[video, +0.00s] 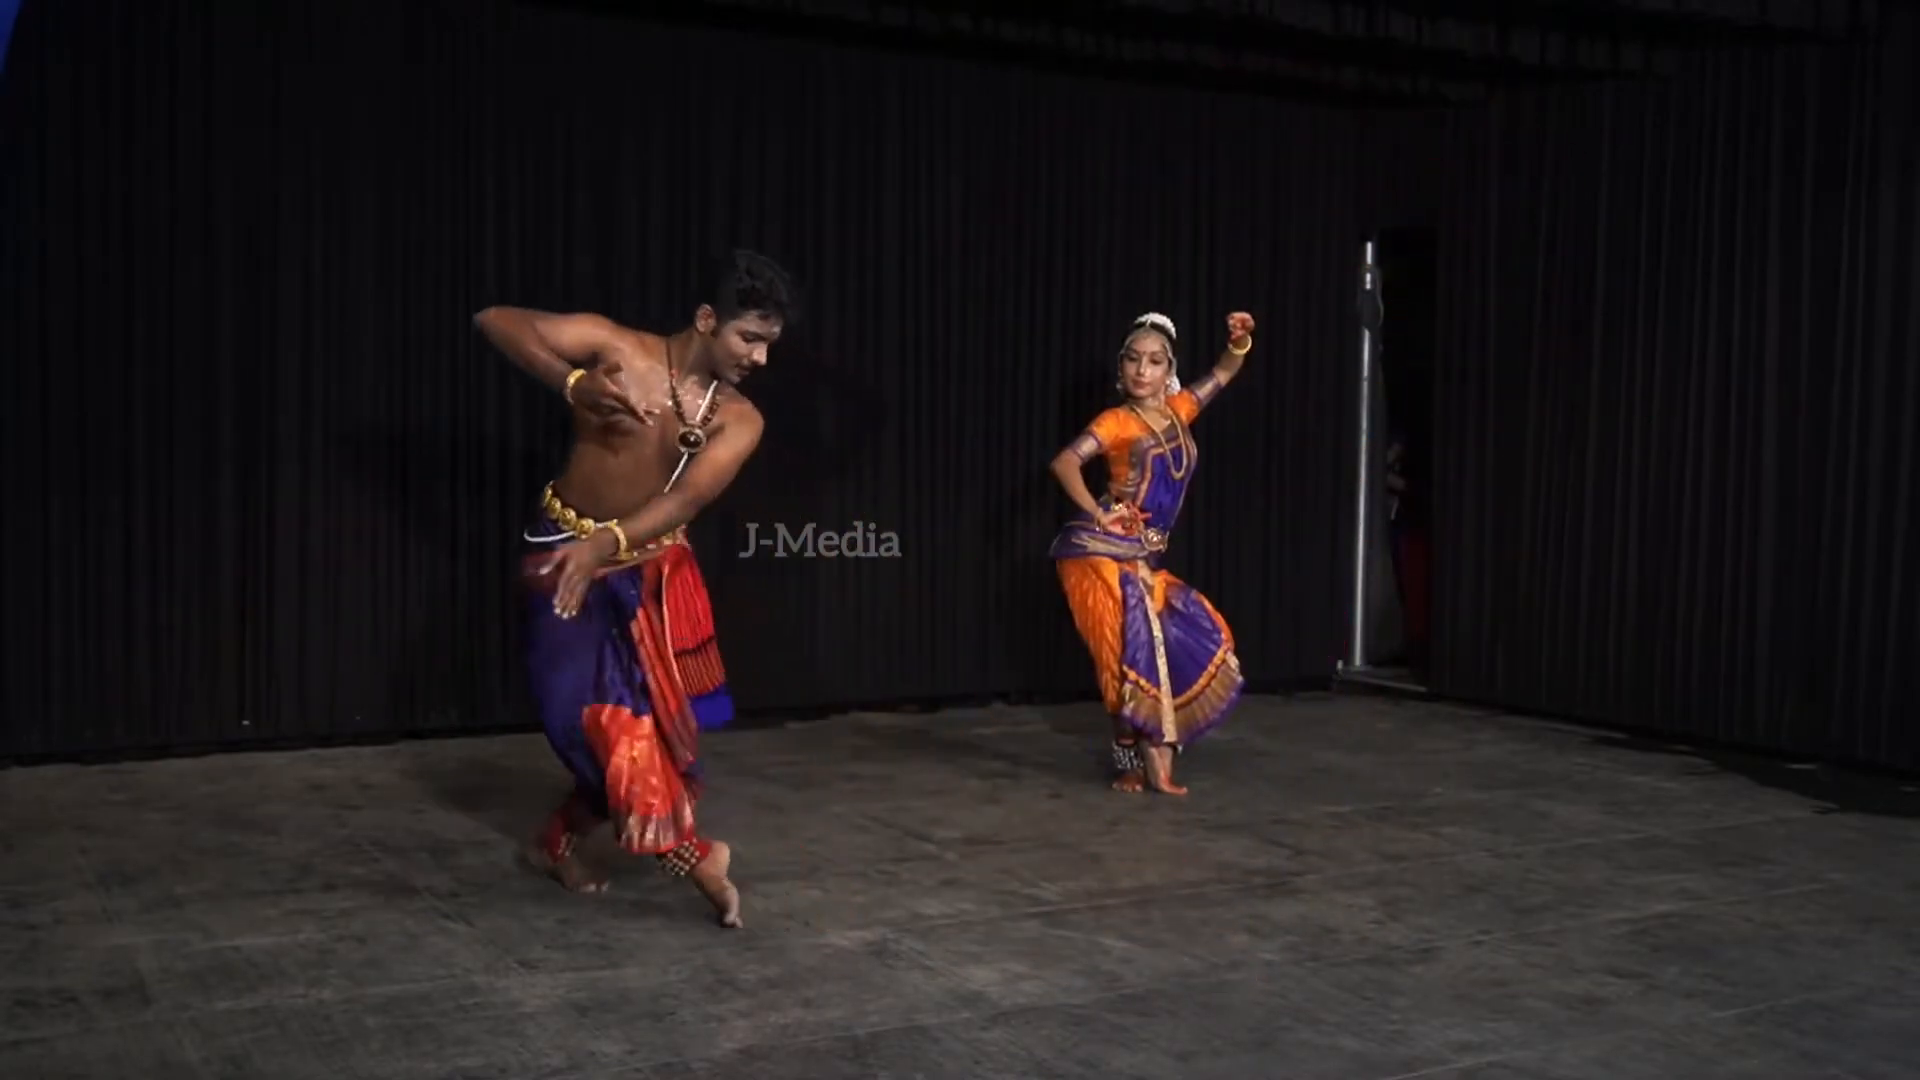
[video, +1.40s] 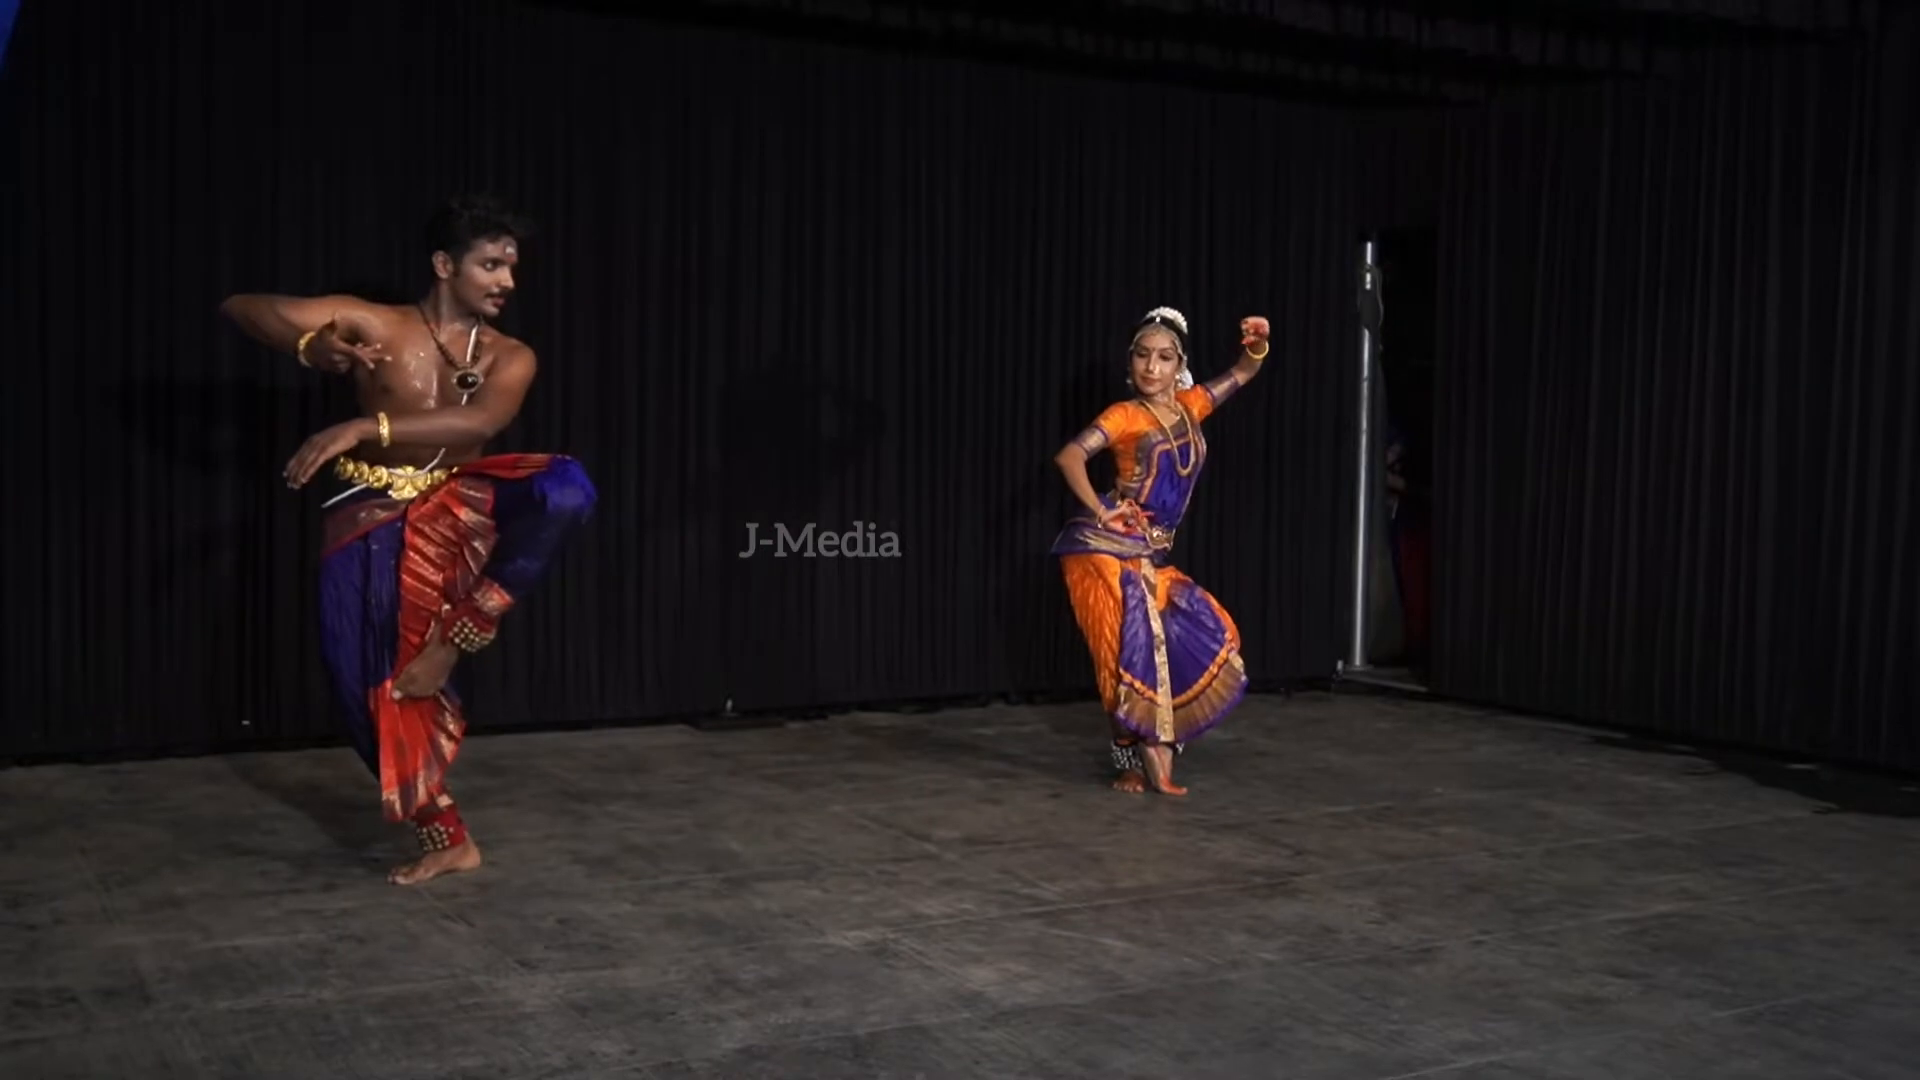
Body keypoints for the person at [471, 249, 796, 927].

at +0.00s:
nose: (759, 356)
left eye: (769, 344)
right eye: (750, 338)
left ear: (773, 346)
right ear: (705, 320)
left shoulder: (740, 420)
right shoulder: (618, 348)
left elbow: (686, 497)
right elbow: (497, 322)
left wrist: (603, 545)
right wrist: (570, 382)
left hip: (654, 565)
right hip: (569, 554)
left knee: (655, 715)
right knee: (574, 710)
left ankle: (564, 833)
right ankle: (695, 855)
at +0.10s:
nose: (721, 339)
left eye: (730, 326)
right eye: (711, 321)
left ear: (734, 328)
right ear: (665, 306)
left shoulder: (710, 405)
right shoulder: (584, 342)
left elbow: (659, 482)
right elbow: (459, 317)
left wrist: (554, 501)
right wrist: (533, 368)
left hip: (628, 570)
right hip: (539, 558)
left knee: (618, 713)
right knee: (501, 686)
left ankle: (553, 841)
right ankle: (613, 839)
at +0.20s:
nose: (688, 323)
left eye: (697, 309)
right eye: (677, 305)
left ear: (702, 310)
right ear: (632, 292)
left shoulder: (682, 391)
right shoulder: (551, 333)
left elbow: (634, 466)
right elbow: (426, 313)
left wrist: (525, 464)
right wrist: (499, 359)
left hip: (609, 558)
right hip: (518, 548)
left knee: (616, 703)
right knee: (455, 670)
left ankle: (563, 845)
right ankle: (520, 828)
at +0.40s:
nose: (624, 294)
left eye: (633, 281)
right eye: (612, 277)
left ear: (637, 283)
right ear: (566, 268)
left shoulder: (625, 364)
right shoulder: (490, 318)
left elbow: (583, 435)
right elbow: (363, 298)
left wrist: (466, 430)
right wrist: (430, 345)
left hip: (564, 539)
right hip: (470, 534)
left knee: (602, 690)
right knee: (422, 675)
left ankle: (558, 842)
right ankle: (452, 837)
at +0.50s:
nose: (596, 288)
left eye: (602, 274)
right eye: (582, 271)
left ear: (603, 278)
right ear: (535, 267)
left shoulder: (597, 360)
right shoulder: (461, 320)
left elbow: (558, 430)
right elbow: (332, 300)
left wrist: (442, 428)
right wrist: (399, 341)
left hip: (529, 543)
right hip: (435, 537)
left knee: (606, 643)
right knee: (411, 686)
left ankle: (559, 806)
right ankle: (450, 839)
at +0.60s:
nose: (572, 285)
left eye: (577, 272)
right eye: (558, 269)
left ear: (577, 276)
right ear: (512, 268)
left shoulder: (574, 358)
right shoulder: (437, 321)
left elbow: (538, 427)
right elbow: (310, 304)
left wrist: (419, 425)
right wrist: (372, 339)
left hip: (511, 521)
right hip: (420, 522)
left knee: (614, 566)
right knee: (403, 674)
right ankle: (449, 839)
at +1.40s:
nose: (507, 281)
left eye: (511, 268)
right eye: (491, 266)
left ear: (510, 273)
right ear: (445, 267)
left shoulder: (511, 356)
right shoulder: (374, 322)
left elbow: (478, 425)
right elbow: (244, 308)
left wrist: (365, 429)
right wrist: (305, 341)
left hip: (457, 499)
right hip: (373, 509)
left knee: (565, 491)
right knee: (364, 674)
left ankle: (451, 641)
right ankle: (447, 838)